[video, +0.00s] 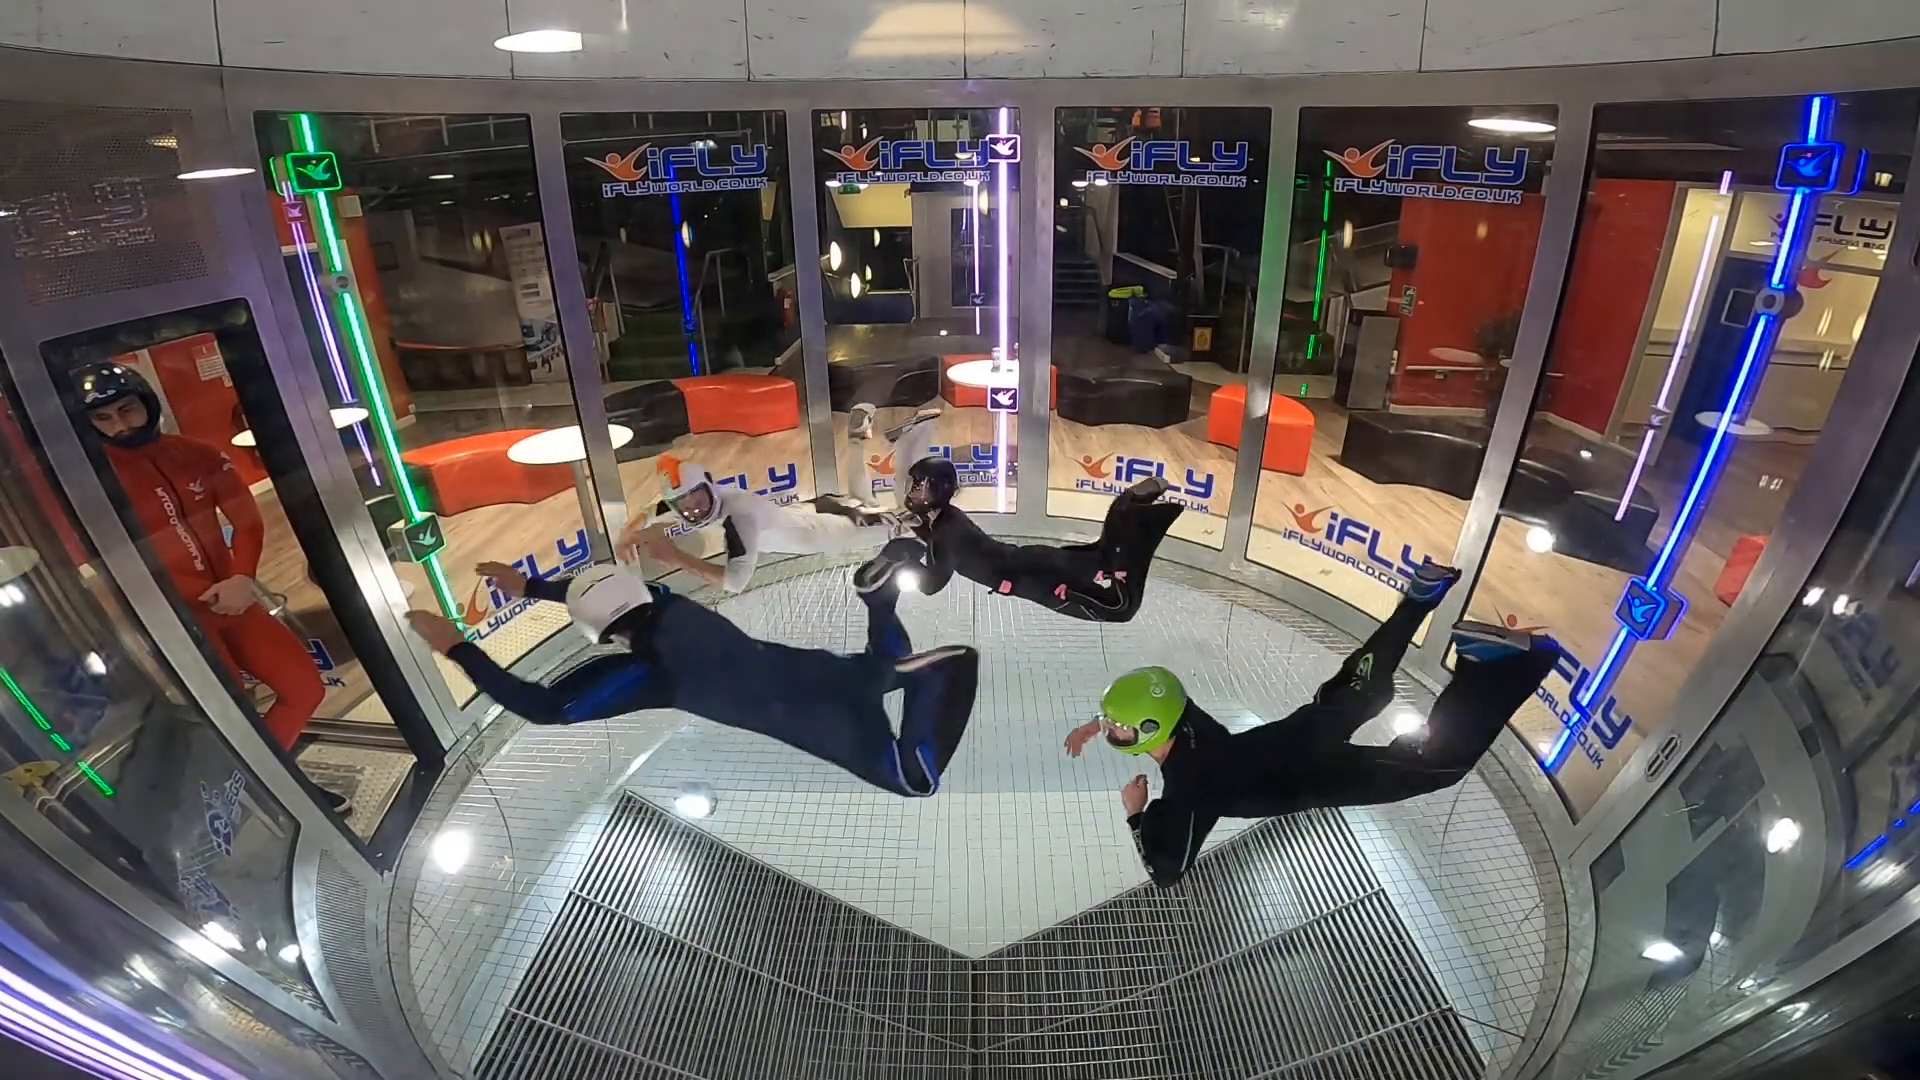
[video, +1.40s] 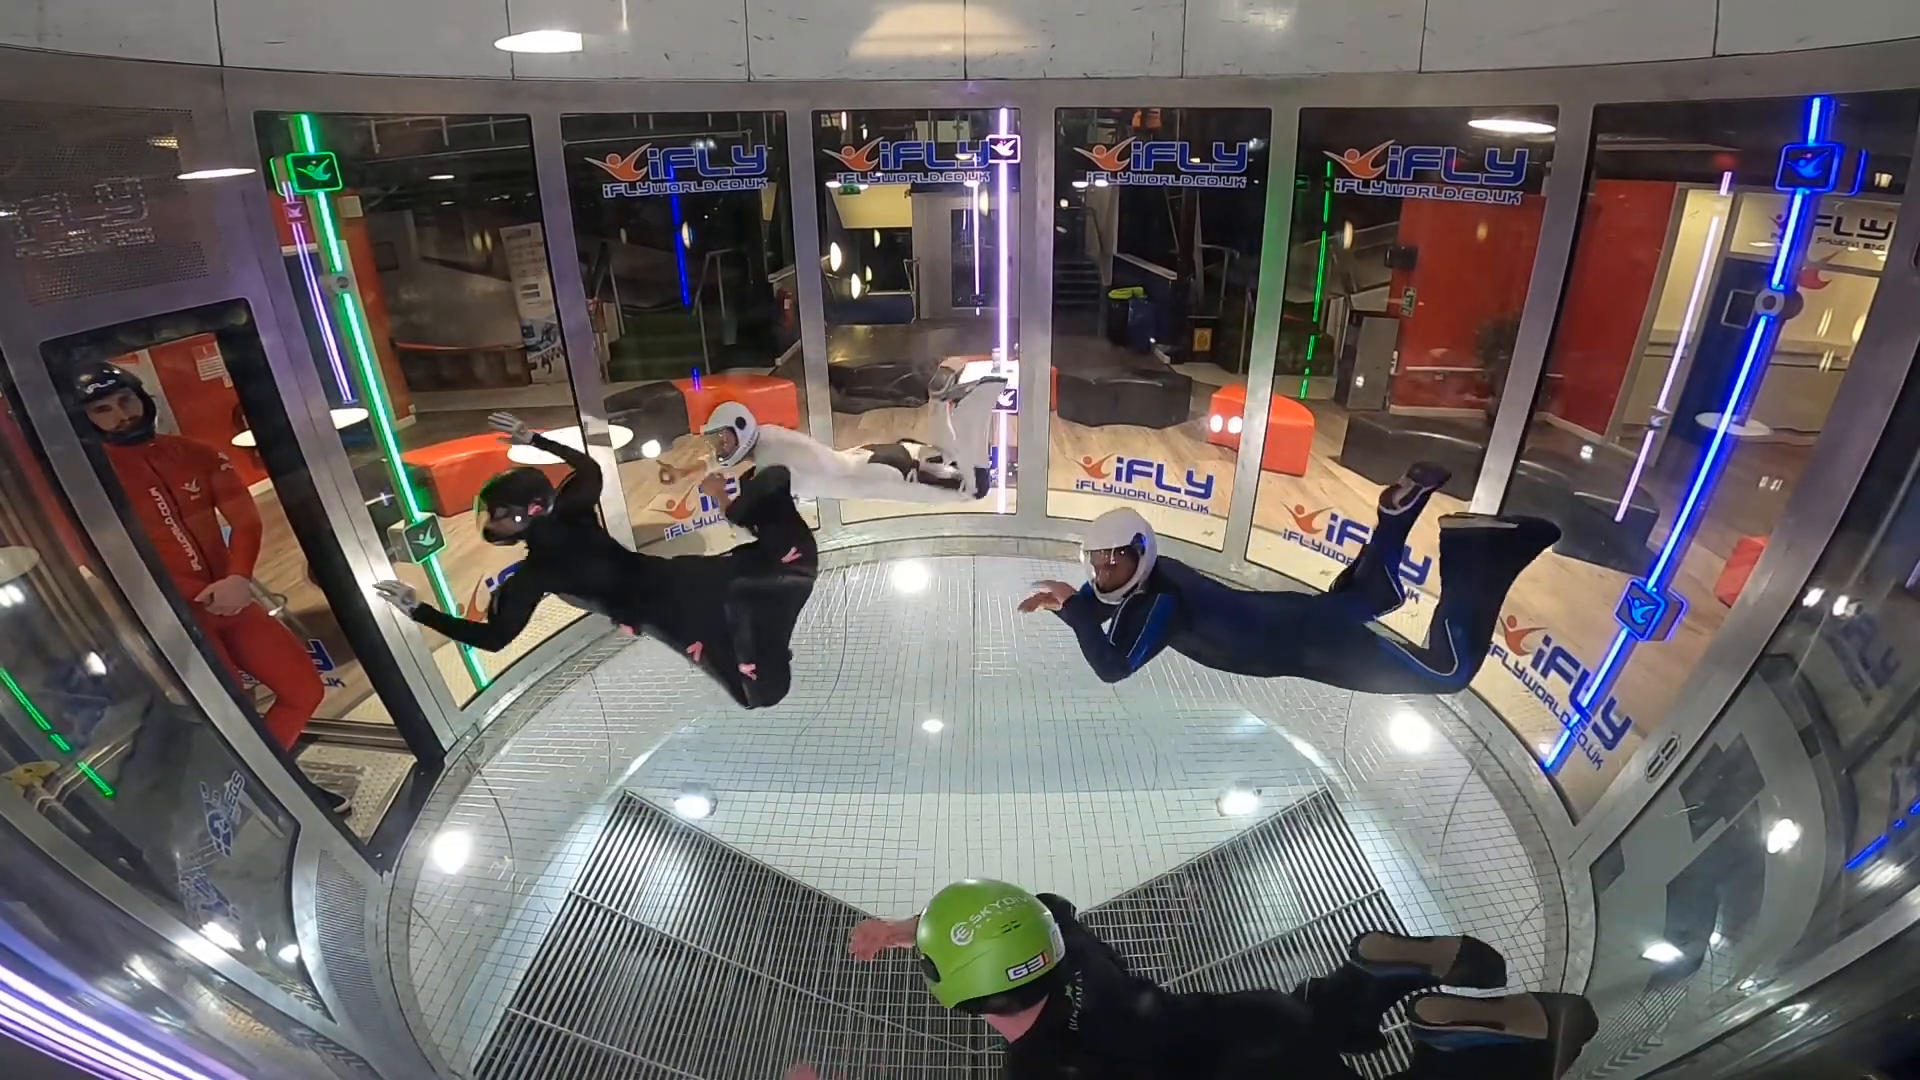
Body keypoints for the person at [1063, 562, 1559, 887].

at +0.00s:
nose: (1115, 734)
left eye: (1124, 729)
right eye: (1116, 724)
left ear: (1151, 731)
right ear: (1156, 710)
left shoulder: (1188, 782)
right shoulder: (1177, 714)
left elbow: (1168, 870)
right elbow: (1140, 706)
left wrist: (1141, 814)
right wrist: (1099, 726)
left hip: (1321, 776)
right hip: (1298, 730)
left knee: (1438, 762)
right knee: (1362, 684)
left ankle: (1523, 664)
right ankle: (1416, 602)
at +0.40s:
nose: (1139, 804)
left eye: (1150, 801)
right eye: (1142, 792)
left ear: (1183, 809)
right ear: (1195, 782)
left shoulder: (1231, 856)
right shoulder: (1209, 781)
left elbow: (1211, 950)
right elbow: (1155, 776)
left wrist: (1177, 891)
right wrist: (1115, 806)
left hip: (1387, 833)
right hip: (1349, 785)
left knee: (1509, 814)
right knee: (1419, 735)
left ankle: (1586, 706)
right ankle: (1474, 651)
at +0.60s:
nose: (1122, 859)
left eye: (1131, 854)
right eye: (1125, 843)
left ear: (1163, 865)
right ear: (1182, 815)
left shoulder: (1215, 913)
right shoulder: (1201, 823)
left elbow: (1174, 1011)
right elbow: (1149, 807)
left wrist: (1130, 951)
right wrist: (1095, 844)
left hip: (1383, 891)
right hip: (1346, 834)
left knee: (1530, 872)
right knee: (1433, 782)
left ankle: (1597, 775)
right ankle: (1527, 687)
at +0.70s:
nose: (1103, 892)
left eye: (1109, 883)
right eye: (1103, 877)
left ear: (1144, 888)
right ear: (1159, 837)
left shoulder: (1187, 949)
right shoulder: (1180, 846)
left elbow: (1146, 1045)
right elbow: (1124, 830)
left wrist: (1095, 987)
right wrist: (1070, 863)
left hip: (1360, 931)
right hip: (1335, 866)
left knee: (1507, 923)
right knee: (1421, 822)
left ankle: (1578, 825)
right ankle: (1515, 741)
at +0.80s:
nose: (1064, 915)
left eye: (1071, 908)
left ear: (1103, 916)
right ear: (1130, 859)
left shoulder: (1161, 988)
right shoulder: (1156, 868)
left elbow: (1107, 1067)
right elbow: (1103, 852)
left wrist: (1047, 1021)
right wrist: (1037, 883)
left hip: (1363, 961)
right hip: (1341, 888)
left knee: (1502, 965)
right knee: (1418, 851)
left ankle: (1599, 876)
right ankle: (1517, 802)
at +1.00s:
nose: (1016, 977)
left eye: (1017, 966)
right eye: (1018, 963)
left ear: (1049, 972)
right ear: (1072, 908)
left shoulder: (1106, 1035)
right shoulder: (1110, 906)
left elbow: (1032, 1079)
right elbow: (1055, 879)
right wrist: (962, 908)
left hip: (1318, 1024)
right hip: (1305, 948)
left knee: (1447, 1027)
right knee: (1391, 927)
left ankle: (1556, 966)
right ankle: (1491, 901)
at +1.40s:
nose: (986, 1019)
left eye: (994, 1006)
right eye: (974, 1003)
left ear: (1032, 987)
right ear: (1021, 935)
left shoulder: (1067, 1058)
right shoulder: (1051, 930)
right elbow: (994, 914)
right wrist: (906, 933)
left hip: (1252, 1062)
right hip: (1222, 1008)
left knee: (1380, 1062)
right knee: (1324, 1009)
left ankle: (1514, 1030)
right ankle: (1404, 965)